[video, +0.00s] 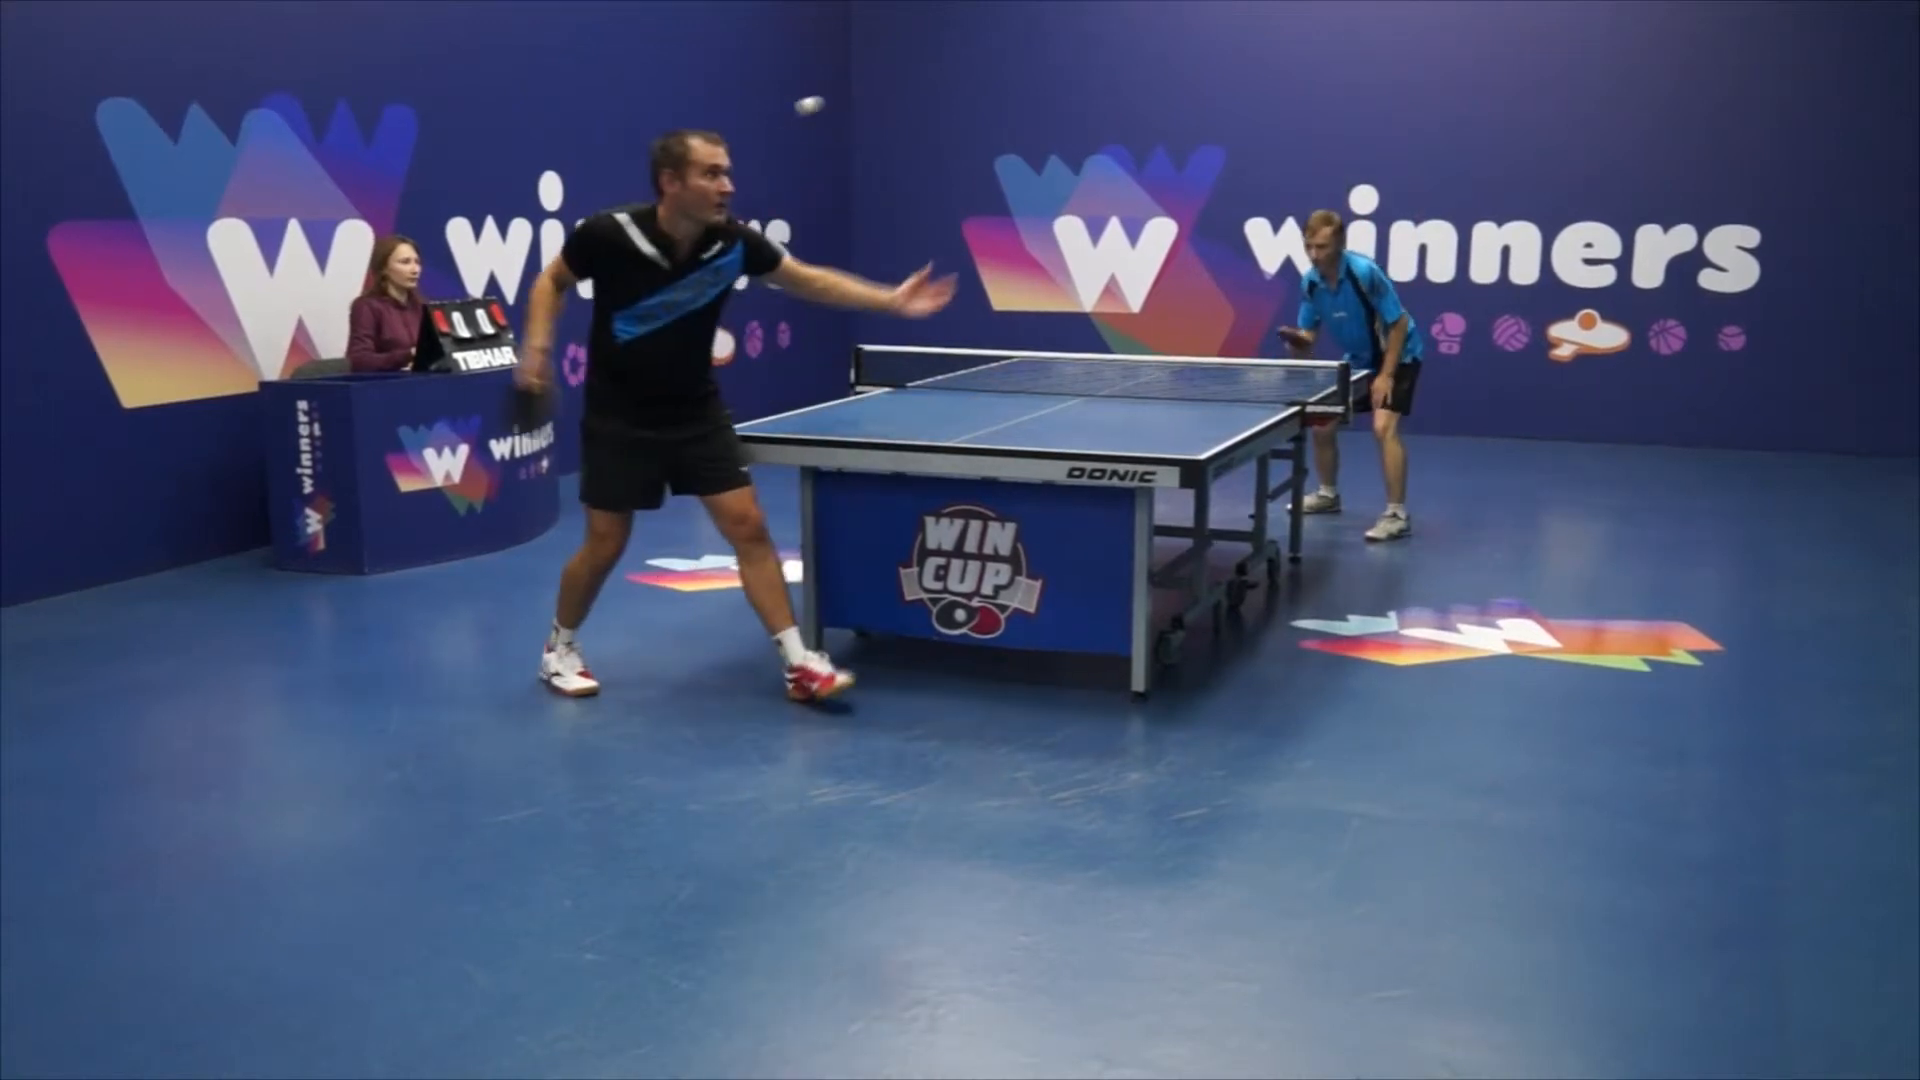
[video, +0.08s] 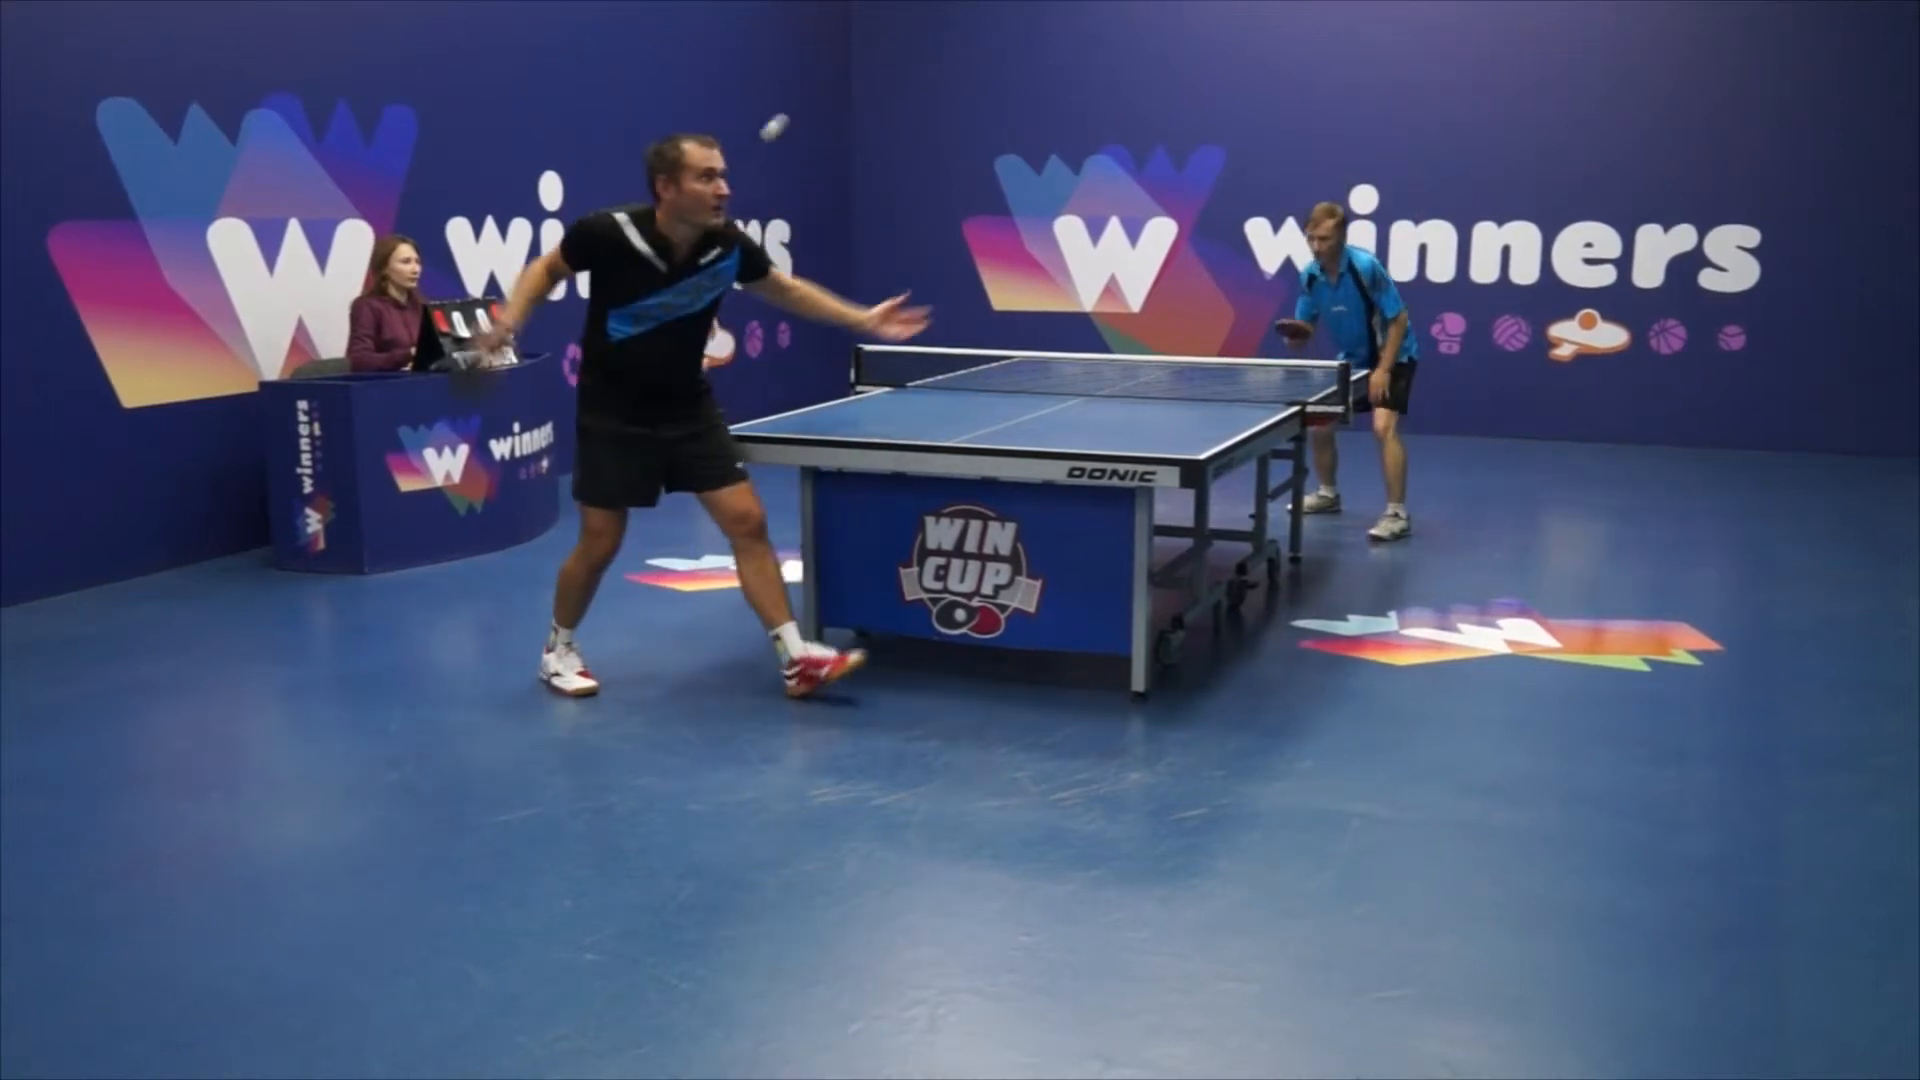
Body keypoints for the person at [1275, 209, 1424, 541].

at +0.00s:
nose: (1315, 254)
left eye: (1323, 247)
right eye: (1311, 247)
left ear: (1340, 245)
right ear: (1306, 246)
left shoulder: (1365, 272)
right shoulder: (1311, 281)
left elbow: (1399, 323)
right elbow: (1307, 337)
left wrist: (1386, 375)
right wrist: (1297, 338)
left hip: (1397, 355)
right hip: (1359, 358)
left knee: (1384, 426)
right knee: (1321, 421)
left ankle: (1396, 512)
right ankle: (1327, 494)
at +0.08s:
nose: (1317, 246)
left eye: (1324, 239)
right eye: (1312, 239)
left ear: (1342, 237)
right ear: (1307, 237)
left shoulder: (1366, 267)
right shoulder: (1311, 276)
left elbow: (1398, 318)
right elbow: (1304, 327)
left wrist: (1383, 370)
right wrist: (1295, 334)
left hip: (1390, 355)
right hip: (1352, 358)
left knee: (1383, 425)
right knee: (1319, 420)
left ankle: (1395, 512)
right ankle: (1327, 492)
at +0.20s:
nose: (1323, 237)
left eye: (1331, 230)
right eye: (1319, 229)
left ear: (1348, 230)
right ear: (1313, 228)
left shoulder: (1369, 262)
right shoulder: (1311, 267)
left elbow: (1399, 312)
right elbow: (1302, 317)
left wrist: (1380, 359)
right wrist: (1293, 326)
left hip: (1384, 357)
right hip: (1341, 358)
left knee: (1382, 426)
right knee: (1314, 422)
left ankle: (1398, 510)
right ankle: (1326, 492)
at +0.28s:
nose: (1329, 234)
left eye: (1337, 227)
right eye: (1324, 225)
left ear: (1353, 228)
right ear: (1318, 224)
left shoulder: (1374, 261)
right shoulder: (1312, 266)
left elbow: (1403, 310)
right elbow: (1301, 319)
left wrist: (1377, 355)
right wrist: (1293, 324)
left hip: (1383, 359)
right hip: (1339, 360)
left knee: (1383, 432)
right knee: (1314, 424)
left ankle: (1398, 512)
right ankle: (1326, 491)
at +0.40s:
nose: (1336, 225)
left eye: (1345, 219)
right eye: (1332, 217)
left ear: (1360, 219)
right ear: (1325, 216)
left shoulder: (1381, 255)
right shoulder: (1319, 258)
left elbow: (1408, 303)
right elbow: (1306, 307)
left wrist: (1374, 345)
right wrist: (1292, 319)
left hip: (1383, 361)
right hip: (1339, 362)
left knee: (1382, 436)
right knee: (1311, 422)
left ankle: (1398, 513)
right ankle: (1323, 482)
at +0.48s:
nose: (1337, 217)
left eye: (1345, 210)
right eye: (1332, 209)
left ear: (1362, 210)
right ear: (1326, 209)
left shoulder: (1383, 246)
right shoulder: (1319, 249)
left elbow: (1411, 294)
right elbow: (1304, 299)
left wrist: (1377, 334)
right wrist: (1288, 309)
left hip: (1384, 353)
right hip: (1340, 353)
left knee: (1384, 434)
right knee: (1301, 409)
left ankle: (1404, 510)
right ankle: (1314, 476)